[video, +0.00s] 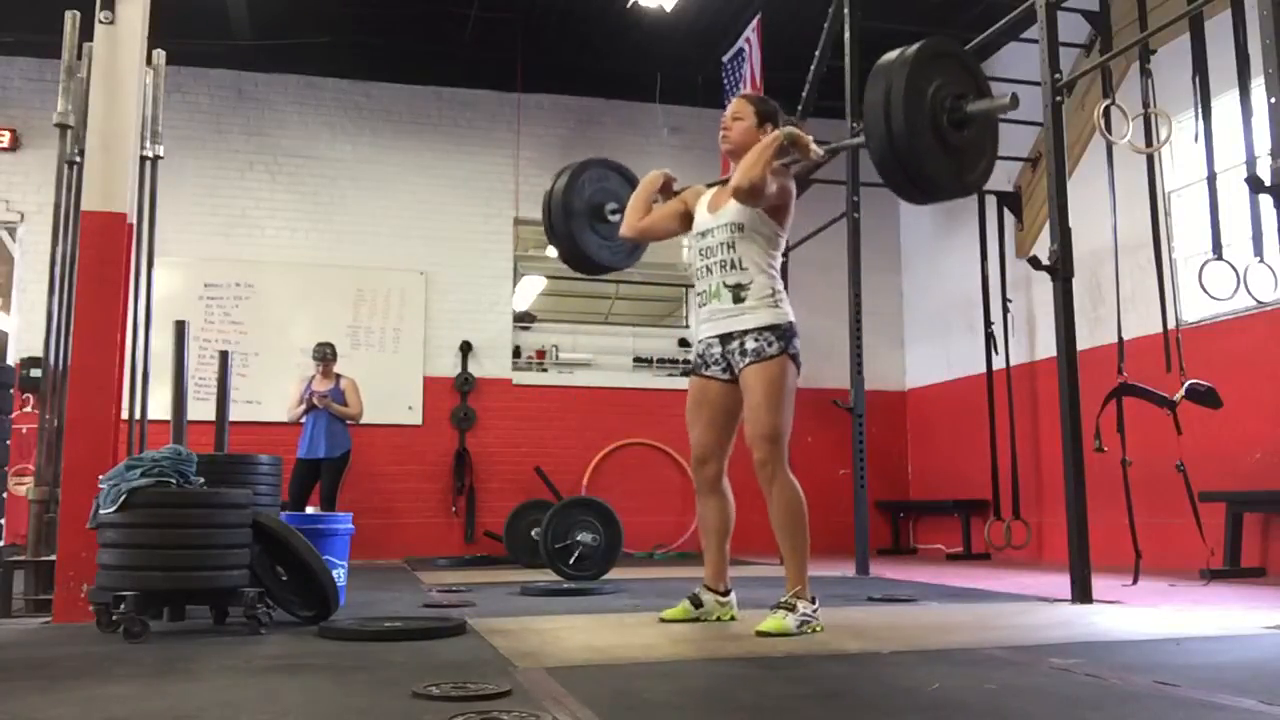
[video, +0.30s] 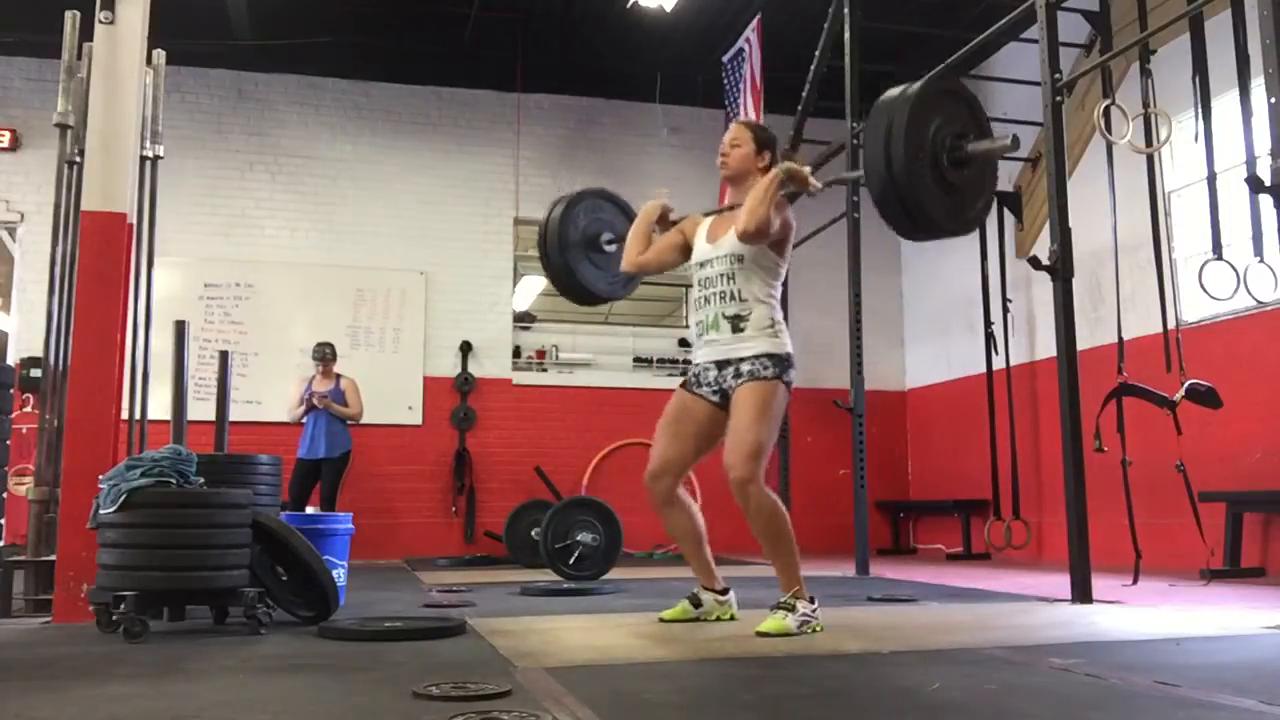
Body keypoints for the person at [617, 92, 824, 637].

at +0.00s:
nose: (724, 125)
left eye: (736, 118)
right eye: (724, 118)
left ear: (766, 135)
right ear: (725, 132)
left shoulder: (778, 184)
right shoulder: (697, 197)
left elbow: (743, 185)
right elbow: (632, 227)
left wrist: (779, 137)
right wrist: (655, 179)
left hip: (764, 336)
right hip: (711, 343)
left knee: (769, 462)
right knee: (705, 465)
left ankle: (800, 600)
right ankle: (716, 592)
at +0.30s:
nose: (722, 151)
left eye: (734, 145)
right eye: (722, 145)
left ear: (762, 160)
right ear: (722, 159)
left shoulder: (775, 215)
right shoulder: (697, 226)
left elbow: (749, 229)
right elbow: (632, 262)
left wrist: (775, 176)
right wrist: (653, 209)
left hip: (761, 361)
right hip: (707, 368)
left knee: (743, 474)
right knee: (661, 478)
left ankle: (797, 601)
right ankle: (712, 592)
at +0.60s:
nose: (738, 111)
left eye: (752, 107)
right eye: (738, 106)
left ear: (776, 127)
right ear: (735, 128)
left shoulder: (779, 175)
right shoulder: (707, 192)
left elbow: (810, 205)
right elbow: (656, 247)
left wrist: (809, 133)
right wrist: (652, 185)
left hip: (763, 324)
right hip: (709, 332)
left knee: (774, 453)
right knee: (704, 458)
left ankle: (802, 595)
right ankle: (715, 586)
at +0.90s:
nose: (752, 128)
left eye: (764, 123)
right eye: (750, 123)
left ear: (789, 139)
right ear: (745, 139)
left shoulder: (800, 183)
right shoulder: (727, 197)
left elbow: (872, 191)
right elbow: (699, 227)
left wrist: (831, 176)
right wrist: (663, 222)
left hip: (779, 332)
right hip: (726, 339)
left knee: (785, 459)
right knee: (716, 463)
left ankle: (803, 598)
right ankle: (722, 592)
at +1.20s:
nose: (699, 137)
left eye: (711, 130)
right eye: (698, 130)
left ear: (740, 141)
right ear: (698, 145)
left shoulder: (765, 193)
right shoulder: (693, 220)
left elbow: (813, 259)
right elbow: (680, 297)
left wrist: (825, 337)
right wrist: (675, 366)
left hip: (792, 344)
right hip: (738, 352)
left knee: (795, 465)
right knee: (718, 467)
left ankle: (804, 598)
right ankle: (722, 593)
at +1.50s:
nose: (693, 140)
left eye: (705, 133)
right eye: (693, 133)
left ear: (735, 143)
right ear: (697, 148)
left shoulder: (769, 196)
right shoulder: (692, 227)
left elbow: (809, 267)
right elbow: (684, 301)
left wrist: (821, 338)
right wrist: (674, 367)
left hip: (793, 347)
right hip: (739, 355)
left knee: (795, 464)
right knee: (719, 467)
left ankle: (804, 598)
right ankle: (722, 593)